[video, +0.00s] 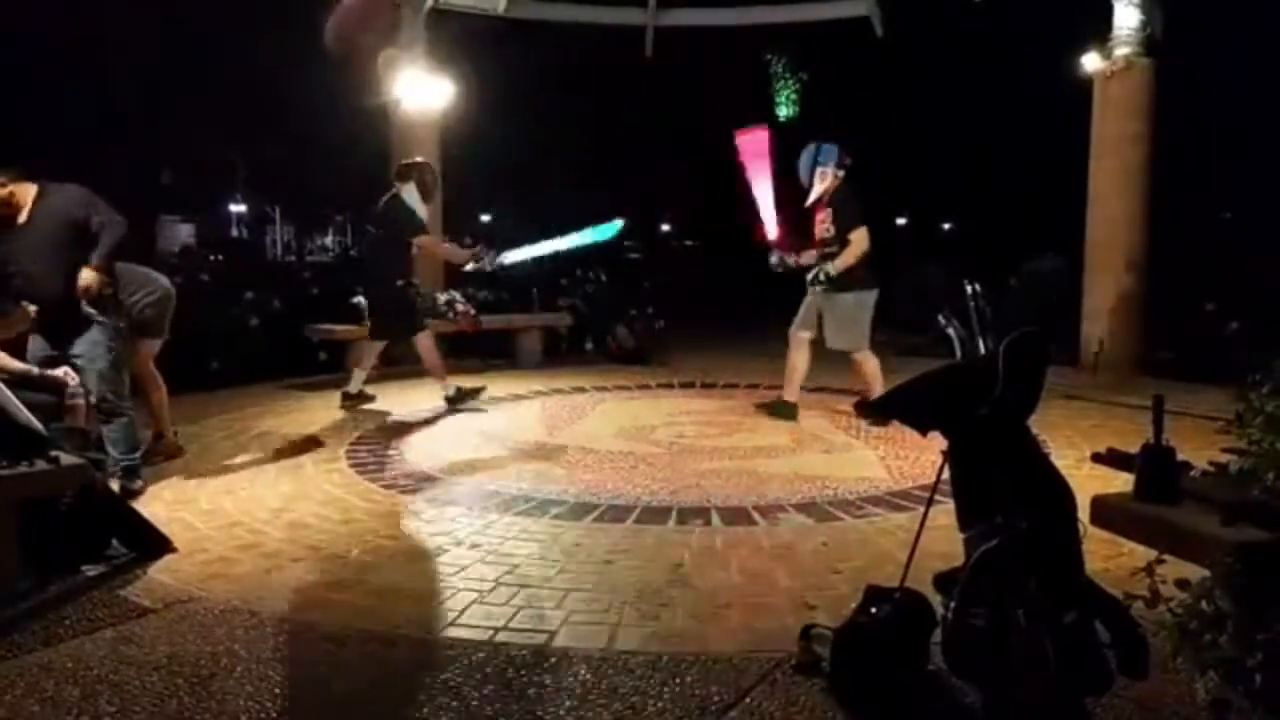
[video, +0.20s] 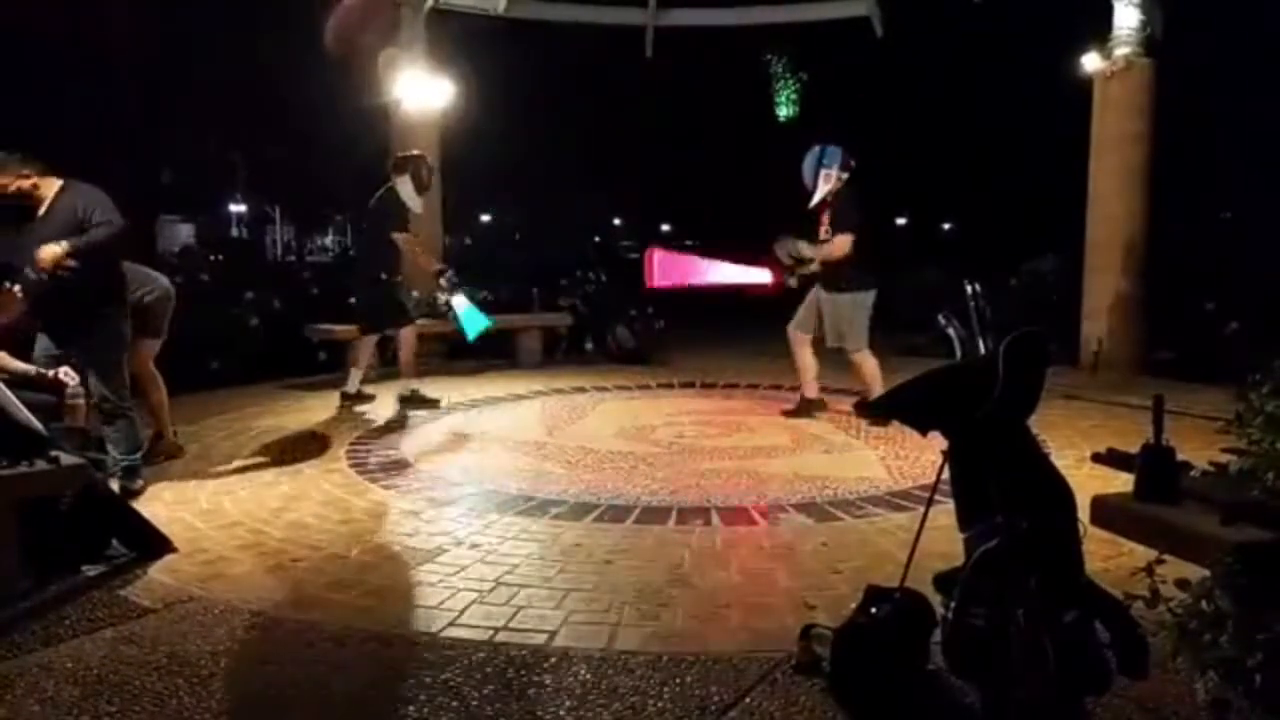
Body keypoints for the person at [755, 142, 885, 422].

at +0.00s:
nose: (817, 182)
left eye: (821, 175)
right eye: (815, 175)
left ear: (832, 173)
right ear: (813, 174)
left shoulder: (845, 200)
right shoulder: (821, 203)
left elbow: (861, 242)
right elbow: (826, 249)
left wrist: (831, 268)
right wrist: (792, 260)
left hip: (854, 287)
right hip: (824, 285)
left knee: (857, 349)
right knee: (799, 335)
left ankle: (879, 401)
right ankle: (788, 400)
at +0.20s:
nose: (816, 181)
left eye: (821, 174)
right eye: (817, 174)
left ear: (833, 174)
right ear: (826, 174)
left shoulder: (848, 200)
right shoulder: (827, 202)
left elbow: (842, 247)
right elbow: (830, 251)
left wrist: (806, 250)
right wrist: (804, 269)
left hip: (853, 289)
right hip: (827, 285)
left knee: (857, 349)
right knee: (798, 333)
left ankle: (879, 402)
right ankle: (810, 397)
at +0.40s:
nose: (798, 186)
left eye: (801, 179)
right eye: (800, 180)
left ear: (812, 177)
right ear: (821, 176)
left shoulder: (824, 202)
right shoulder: (826, 199)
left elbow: (796, 241)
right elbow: (821, 246)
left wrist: (781, 229)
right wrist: (793, 256)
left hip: (839, 290)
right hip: (813, 288)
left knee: (854, 347)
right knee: (782, 331)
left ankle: (879, 400)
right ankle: (762, 391)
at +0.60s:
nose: (769, 194)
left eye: (773, 188)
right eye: (771, 189)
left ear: (784, 188)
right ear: (788, 187)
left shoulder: (800, 212)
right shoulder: (781, 212)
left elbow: (797, 256)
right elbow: (779, 252)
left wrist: (776, 271)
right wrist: (764, 252)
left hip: (818, 295)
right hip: (789, 294)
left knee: (840, 349)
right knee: (761, 339)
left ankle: (876, 396)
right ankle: (743, 398)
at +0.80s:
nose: (753, 190)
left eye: (757, 184)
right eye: (751, 184)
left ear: (768, 185)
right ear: (749, 185)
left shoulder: (786, 210)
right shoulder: (747, 218)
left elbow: (797, 255)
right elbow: (727, 252)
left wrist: (778, 286)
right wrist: (690, 256)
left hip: (811, 285)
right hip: (775, 287)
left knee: (826, 344)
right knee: (751, 335)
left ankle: (859, 401)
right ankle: (743, 399)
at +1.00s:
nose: (755, 196)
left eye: (761, 189)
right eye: (751, 190)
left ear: (773, 186)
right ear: (746, 190)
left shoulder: (794, 211)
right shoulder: (750, 219)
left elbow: (807, 253)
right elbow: (740, 258)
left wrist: (778, 275)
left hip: (808, 286)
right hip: (770, 287)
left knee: (821, 344)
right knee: (749, 335)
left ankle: (853, 400)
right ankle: (743, 398)